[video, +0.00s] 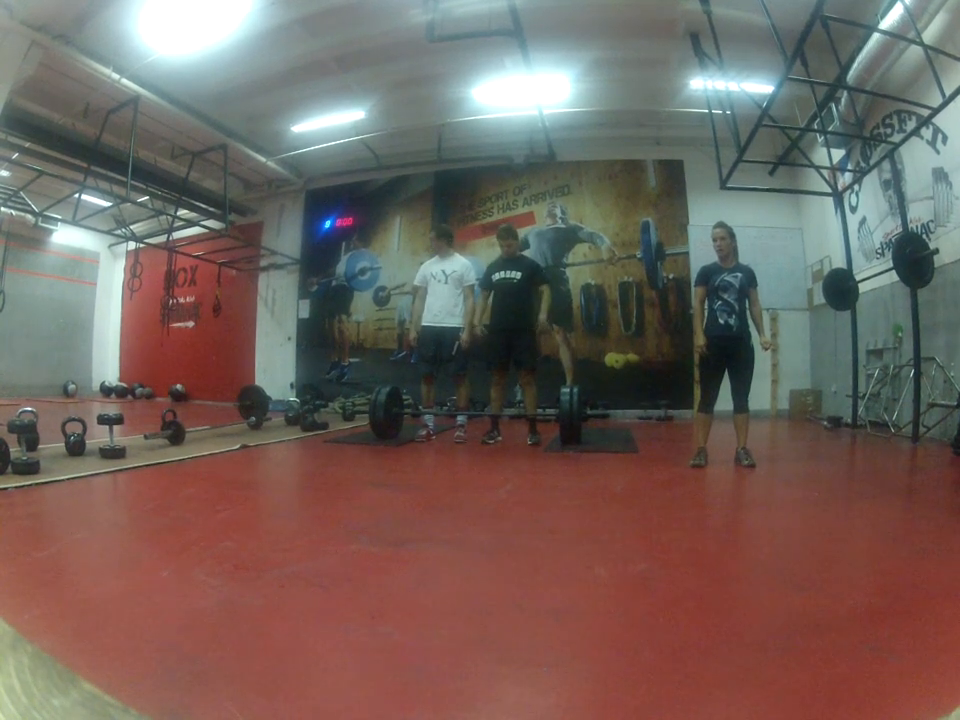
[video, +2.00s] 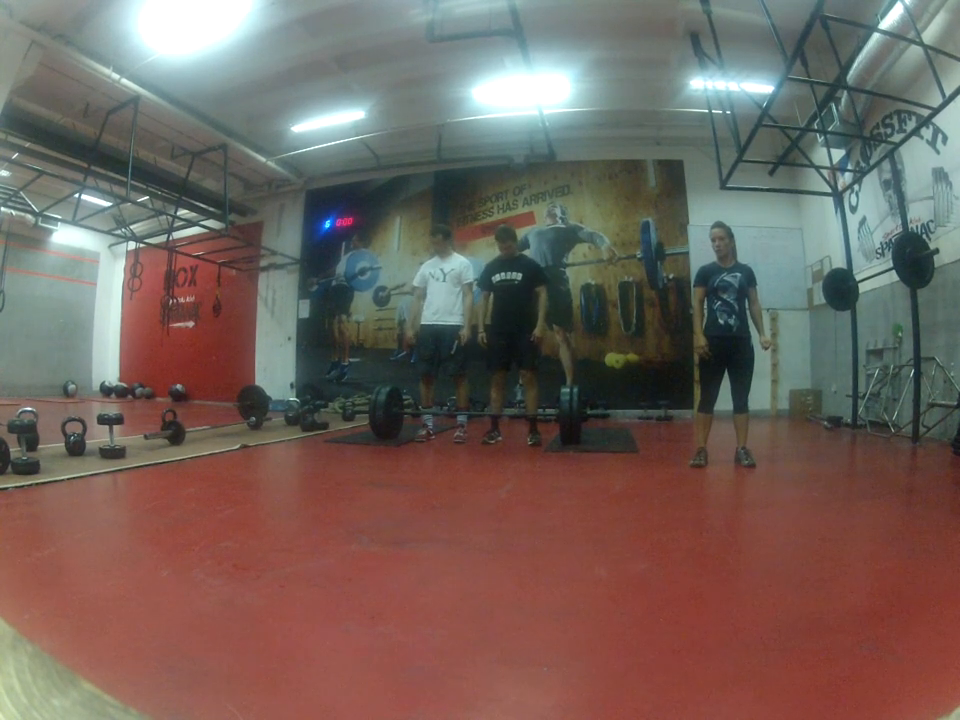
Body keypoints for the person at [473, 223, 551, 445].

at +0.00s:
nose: (508, 249)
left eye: (511, 245)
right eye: (504, 245)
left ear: (518, 243)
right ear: (498, 245)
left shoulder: (531, 266)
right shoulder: (493, 267)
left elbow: (545, 291)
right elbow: (484, 297)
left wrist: (542, 317)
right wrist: (477, 323)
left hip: (525, 329)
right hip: (498, 330)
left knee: (527, 378)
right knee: (498, 378)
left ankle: (532, 428)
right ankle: (494, 428)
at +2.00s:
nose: (505, 248)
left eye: (508, 243)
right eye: (501, 244)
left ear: (515, 242)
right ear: (496, 244)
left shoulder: (530, 265)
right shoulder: (491, 267)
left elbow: (542, 294)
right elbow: (484, 299)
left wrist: (540, 325)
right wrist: (481, 327)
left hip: (525, 330)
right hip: (499, 329)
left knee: (528, 377)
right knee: (497, 378)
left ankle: (533, 429)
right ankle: (494, 428)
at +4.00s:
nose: (506, 246)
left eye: (510, 242)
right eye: (505, 242)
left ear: (520, 240)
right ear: (503, 241)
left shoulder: (535, 263)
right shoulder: (498, 262)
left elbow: (548, 291)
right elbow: (489, 292)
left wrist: (548, 316)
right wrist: (483, 314)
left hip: (528, 327)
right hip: (503, 327)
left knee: (530, 378)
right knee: (499, 377)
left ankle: (533, 429)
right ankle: (495, 428)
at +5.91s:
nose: (508, 254)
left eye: (511, 250)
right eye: (504, 250)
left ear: (518, 247)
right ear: (498, 248)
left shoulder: (531, 267)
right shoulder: (492, 269)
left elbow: (542, 299)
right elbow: (483, 302)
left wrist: (541, 331)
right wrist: (482, 333)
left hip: (527, 331)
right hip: (501, 331)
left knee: (529, 377)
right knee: (499, 379)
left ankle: (533, 428)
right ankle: (495, 428)